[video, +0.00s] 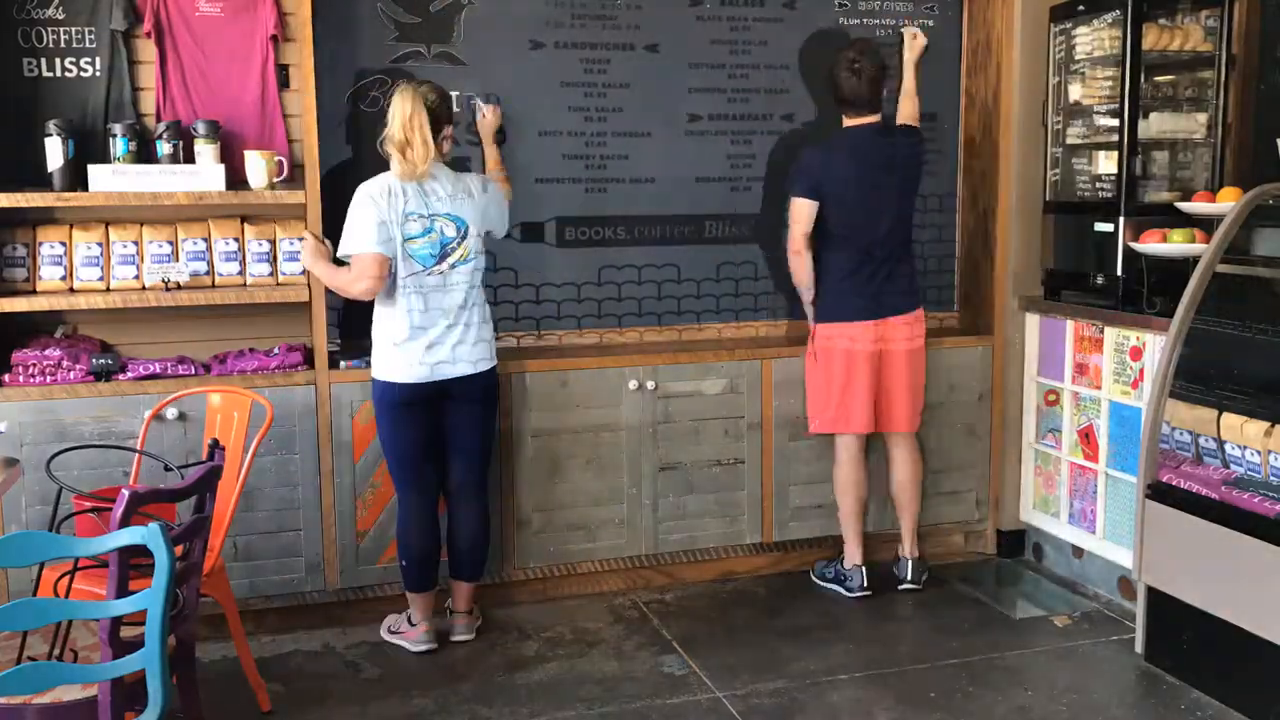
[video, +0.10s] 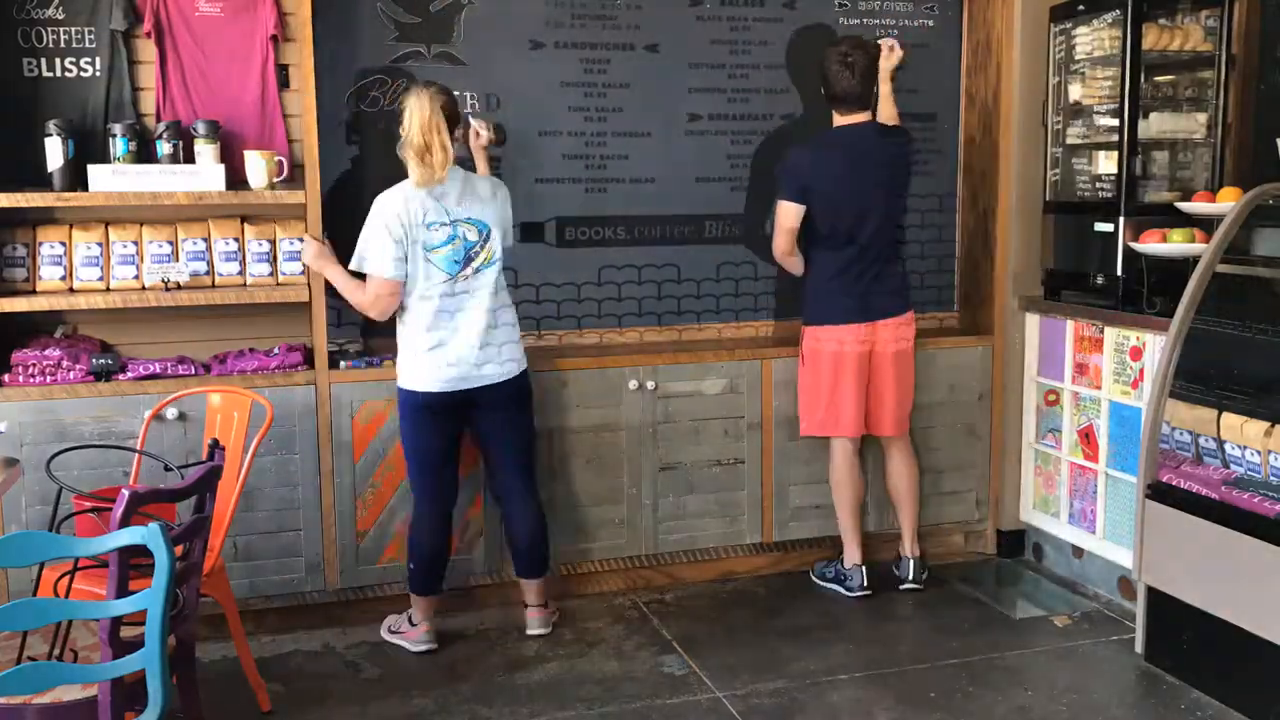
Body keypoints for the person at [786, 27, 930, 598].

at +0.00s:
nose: (859, 86)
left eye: (841, 80)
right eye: (873, 80)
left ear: (831, 93)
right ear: (884, 91)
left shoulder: (818, 157)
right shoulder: (906, 148)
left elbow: (798, 246)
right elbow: (906, 110)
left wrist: (812, 306)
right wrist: (910, 64)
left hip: (842, 320)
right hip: (903, 314)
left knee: (849, 445)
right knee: (903, 437)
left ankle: (853, 565)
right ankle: (910, 557)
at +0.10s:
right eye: (870, 78)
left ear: (824, 89)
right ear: (874, 88)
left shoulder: (804, 157)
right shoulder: (895, 147)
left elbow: (783, 248)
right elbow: (887, 120)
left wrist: (810, 272)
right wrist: (885, 74)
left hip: (833, 319)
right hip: (894, 312)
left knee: (844, 443)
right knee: (897, 436)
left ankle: (853, 565)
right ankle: (912, 557)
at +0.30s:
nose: (896, 108)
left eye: (894, 101)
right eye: (901, 101)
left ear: (898, 100)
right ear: (945, 97)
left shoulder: (886, 155)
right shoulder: (981, 154)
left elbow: (858, 246)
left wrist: (893, 228)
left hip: (900, 323)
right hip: (962, 322)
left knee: (886, 441)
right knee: (938, 442)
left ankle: (916, 565)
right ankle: (918, 559)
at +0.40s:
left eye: (897, 77)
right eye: (931, 76)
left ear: (887, 90)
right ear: (939, 89)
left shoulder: (875, 157)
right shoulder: (965, 146)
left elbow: (852, 251)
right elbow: (959, 140)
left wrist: (885, 235)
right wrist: (955, 103)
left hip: (903, 321)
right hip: (964, 315)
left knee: (907, 441)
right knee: (957, 438)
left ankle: (912, 562)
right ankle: (952, 552)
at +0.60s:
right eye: (870, 81)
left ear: (819, 95)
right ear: (870, 92)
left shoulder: (804, 153)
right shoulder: (896, 147)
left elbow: (778, 243)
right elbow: (899, 134)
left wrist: (817, 227)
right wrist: (894, 86)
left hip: (835, 312)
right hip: (896, 308)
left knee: (850, 443)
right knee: (907, 434)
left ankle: (863, 564)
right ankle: (925, 550)